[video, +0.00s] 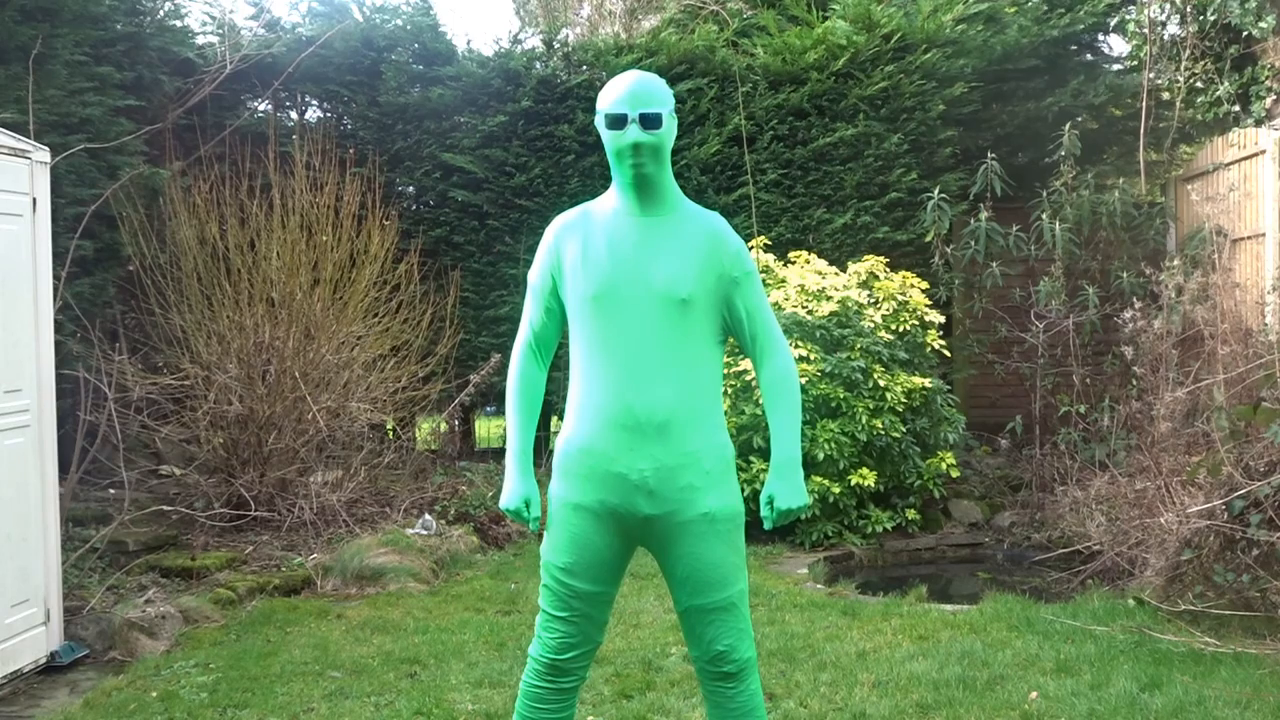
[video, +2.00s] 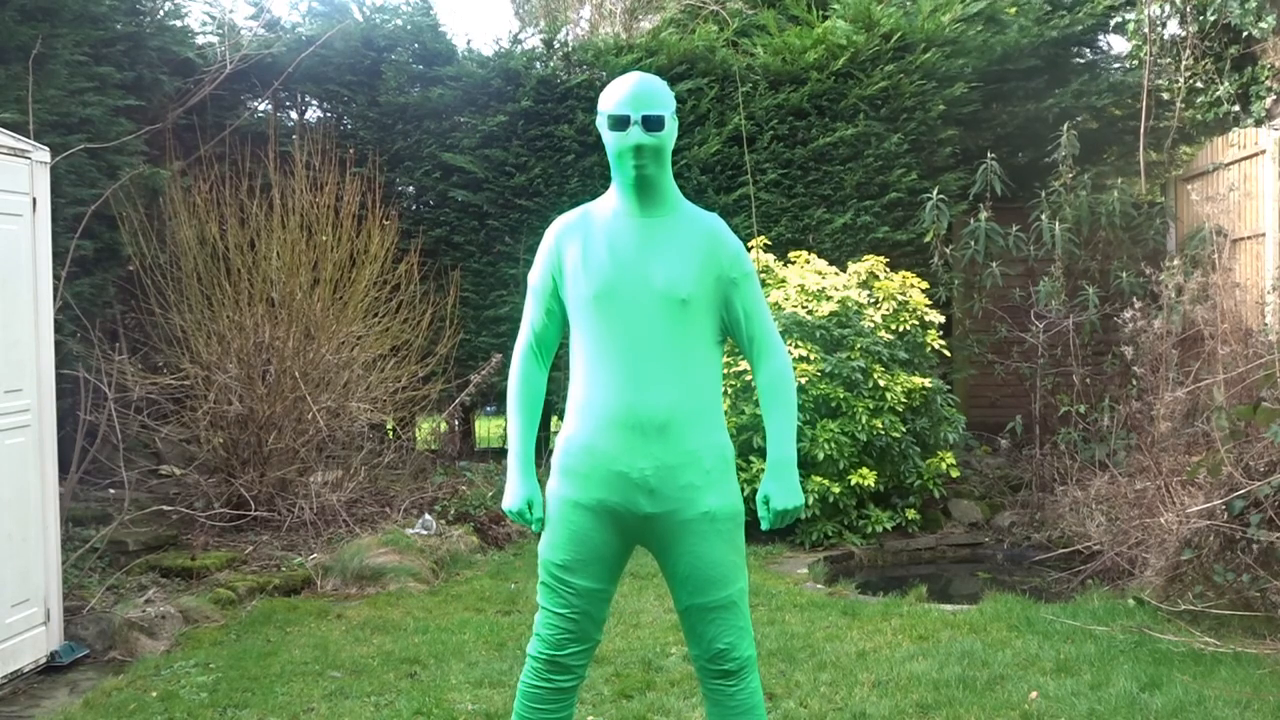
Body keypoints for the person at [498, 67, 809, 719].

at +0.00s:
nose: (634, 135)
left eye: (650, 120)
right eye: (619, 122)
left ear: (673, 129)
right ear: (601, 134)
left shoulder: (714, 237)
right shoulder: (566, 235)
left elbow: (771, 350)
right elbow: (532, 351)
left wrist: (786, 463)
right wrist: (516, 465)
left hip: (698, 485)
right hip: (588, 484)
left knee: (729, 668)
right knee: (554, 667)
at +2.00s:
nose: (638, 136)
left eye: (653, 122)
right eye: (622, 123)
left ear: (674, 131)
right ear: (602, 135)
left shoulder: (713, 239)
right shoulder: (567, 236)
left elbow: (768, 352)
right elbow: (532, 353)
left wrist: (782, 464)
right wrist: (519, 468)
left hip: (698, 486)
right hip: (587, 484)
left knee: (729, 666)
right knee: (554, 664)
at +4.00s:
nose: (637, 138)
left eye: (653, 123)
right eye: (622, 124)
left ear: (674, 133)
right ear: (602, 135)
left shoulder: (713, 240)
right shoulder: (567, 237)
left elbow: (766, 355)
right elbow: (531, 354)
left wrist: (780, 467)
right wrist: (519, 469)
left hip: (694, 488)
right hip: (582, 485)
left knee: (726, 666)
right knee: (551, 663)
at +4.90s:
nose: (637, 136)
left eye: (652, 122)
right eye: (621, 124)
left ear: (673, 133)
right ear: (602, 136)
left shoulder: (712, 238)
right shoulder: (567, 236)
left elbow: (767, 354)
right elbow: (531, 353)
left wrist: (781, 465)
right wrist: (518, 466)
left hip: (694, 487)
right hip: (582, 485)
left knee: (726, 667)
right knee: (551, 664)